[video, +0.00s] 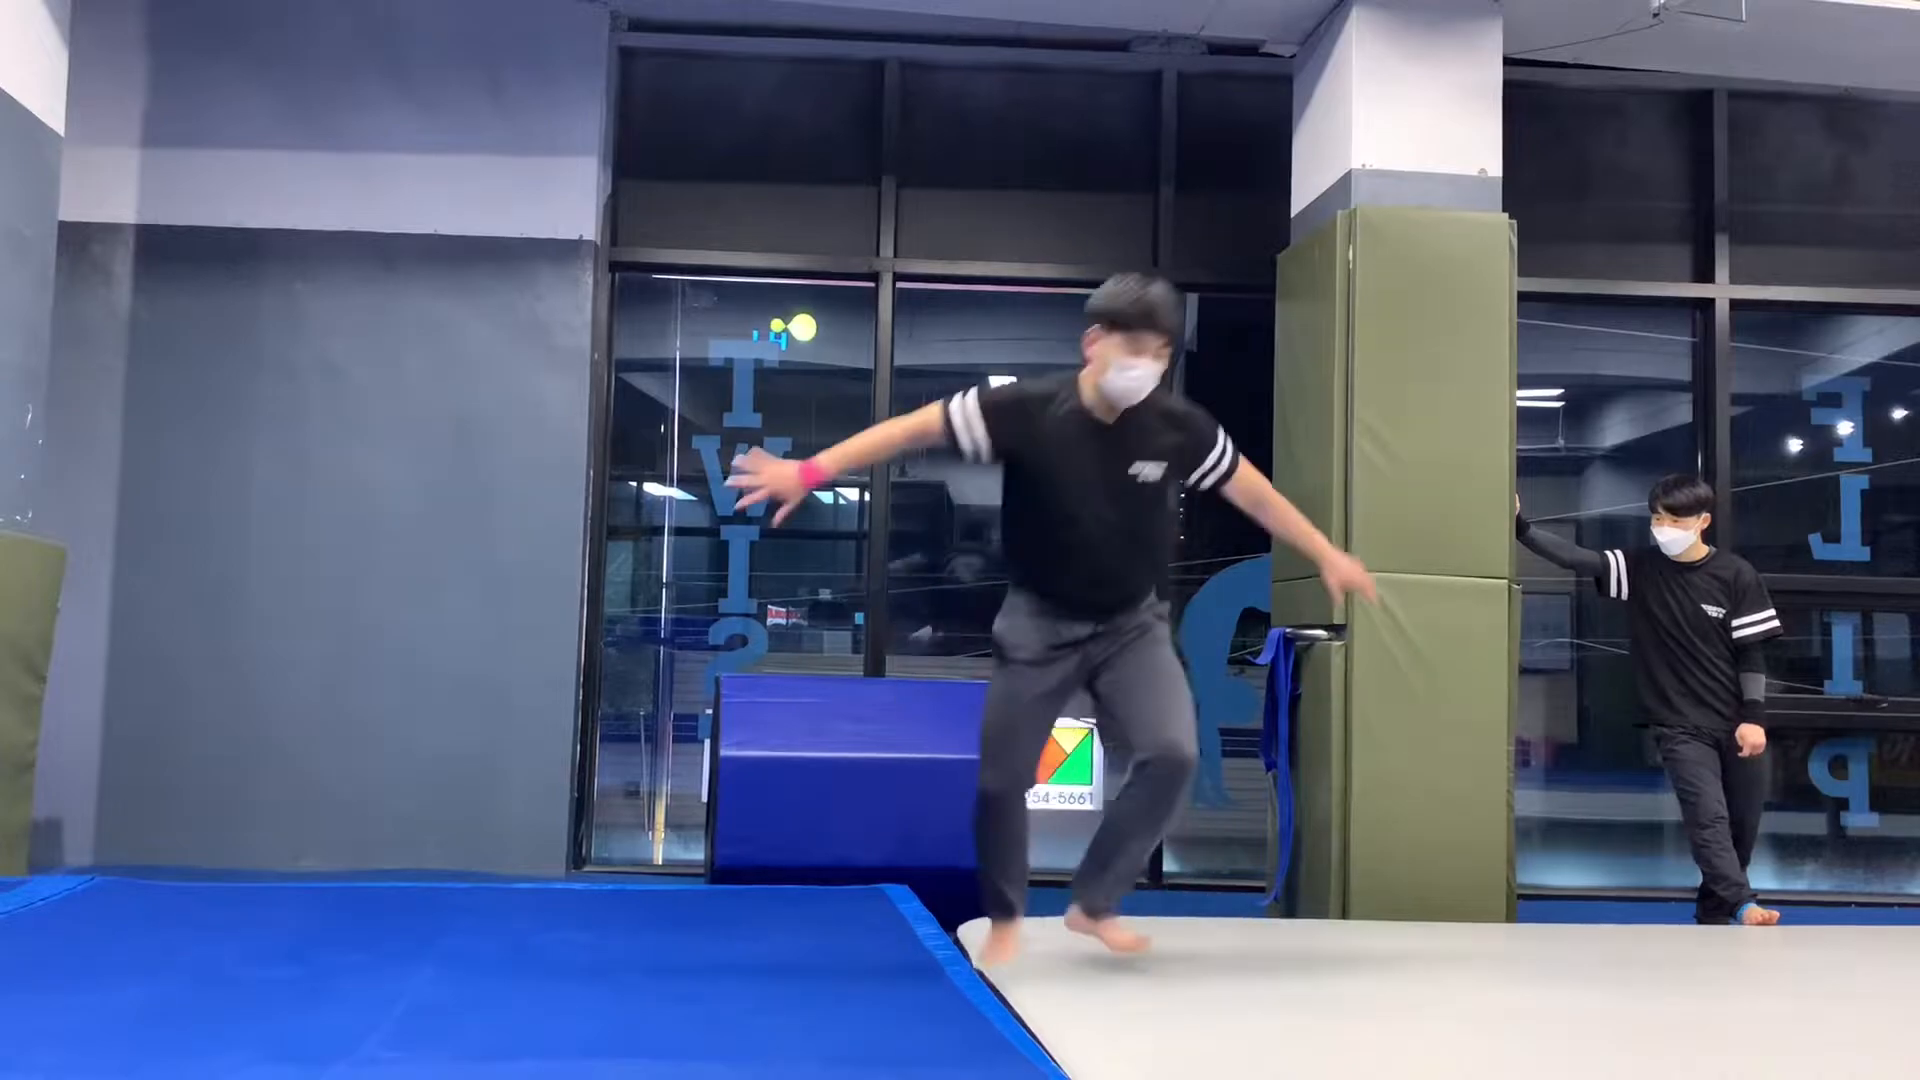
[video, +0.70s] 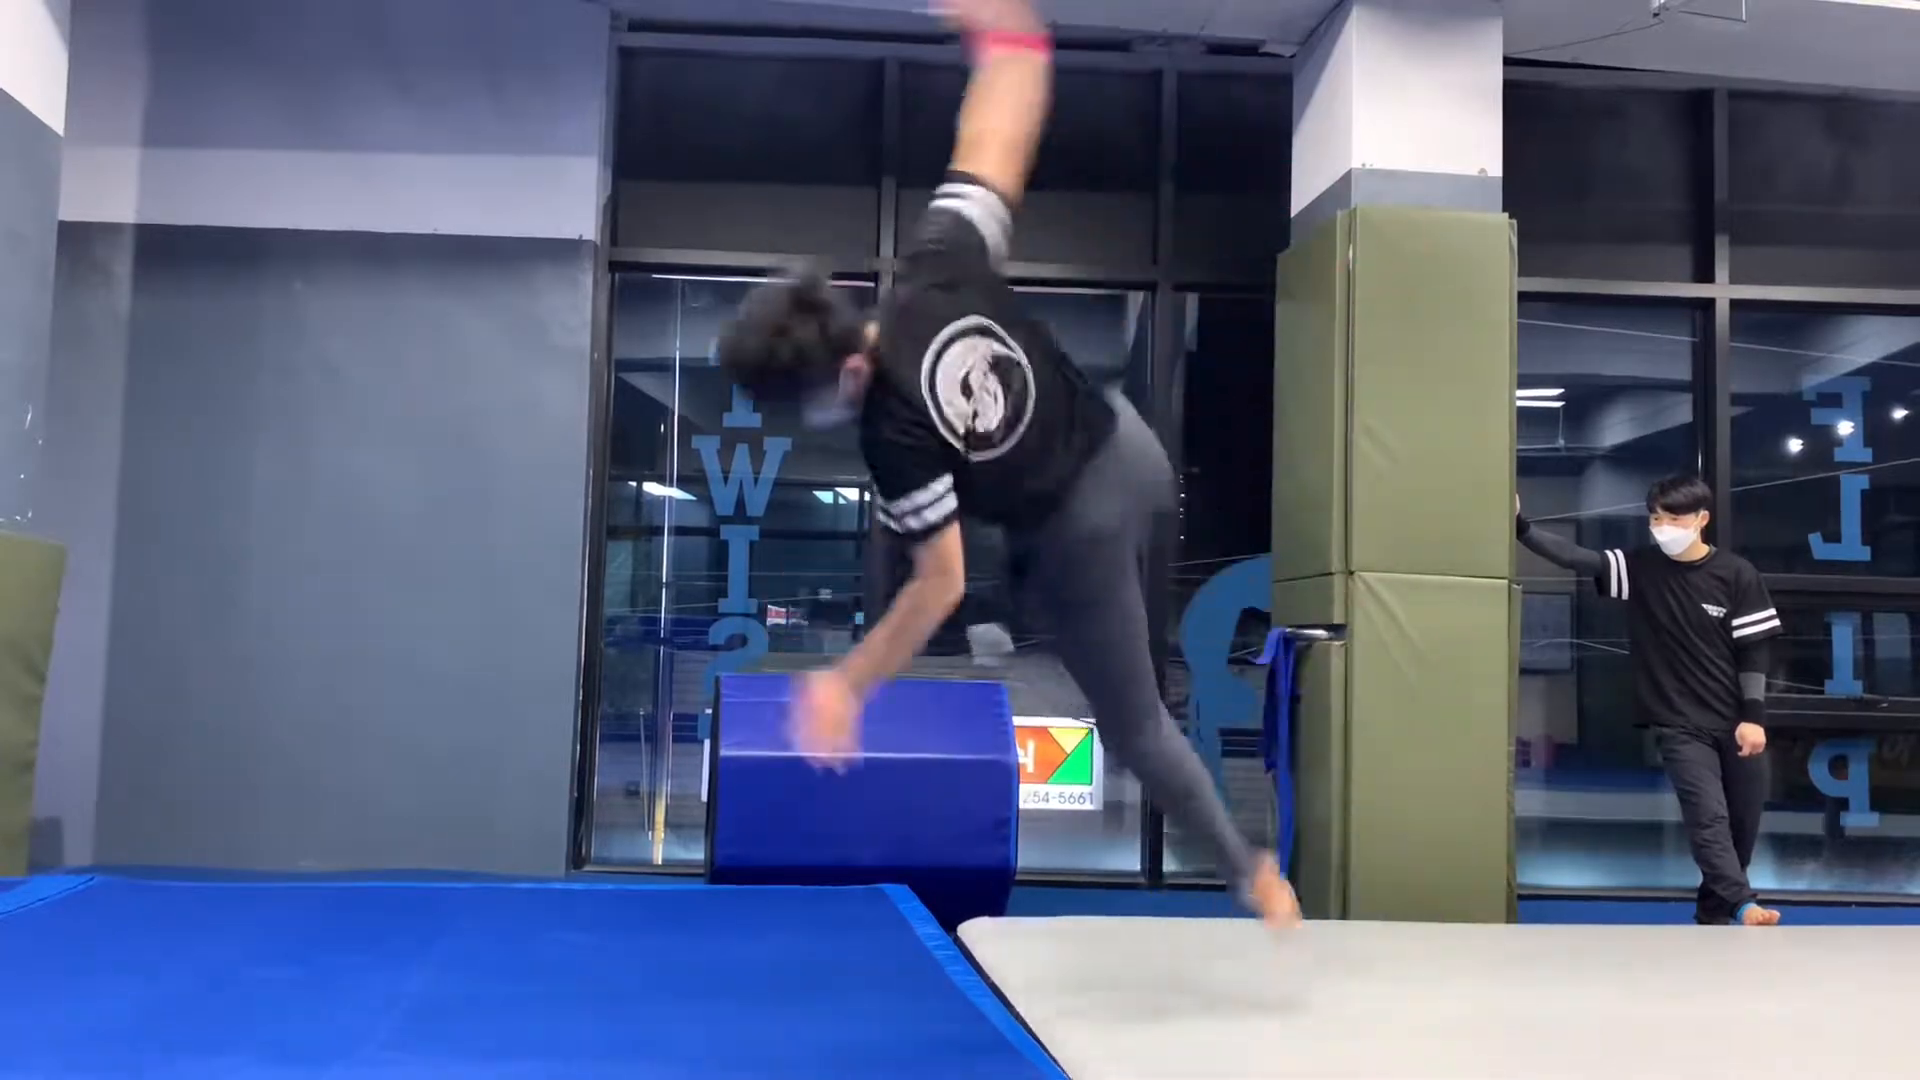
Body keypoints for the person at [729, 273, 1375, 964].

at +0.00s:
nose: (1143, 372)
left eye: (1157, 359)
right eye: (1132, 353)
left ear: (1170, 360)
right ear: (1092, 343)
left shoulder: (1178, 426)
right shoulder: (1024, 411)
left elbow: (1253, 493)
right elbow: (909, 431)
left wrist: (1330, 554)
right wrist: (809, 473)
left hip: (1133, 629)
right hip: (1036, 631)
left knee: (1170, 755)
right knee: (999, 782)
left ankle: (1093, 906)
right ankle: (1004, 918)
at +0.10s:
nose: (1211, 362)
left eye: (1223, 350)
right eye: (1201, 342)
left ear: (1231, 351)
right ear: (1156, 325)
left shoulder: (1200, 402)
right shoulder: (1082, 366)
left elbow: (1215, 457)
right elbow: (973, 393)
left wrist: (1225, 495)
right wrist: (880, 442)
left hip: (1135, 612)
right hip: (1048, 593)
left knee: (1210, 740)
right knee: (968, 746)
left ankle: (1148, 916)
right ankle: (952, 810)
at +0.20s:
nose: (1256, 394)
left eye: (1267, 383)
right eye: (1247, 374)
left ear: (1271, 386)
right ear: (1201, 353)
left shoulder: (1206, 448)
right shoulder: (1126, 381)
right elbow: (1017, 415)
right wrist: (942, 475)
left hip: (1143, 644)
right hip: (1065, 606)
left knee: (1214, 798)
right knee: (930, 719)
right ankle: (866, 742)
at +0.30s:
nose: (1289, 415)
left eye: (1294, 403)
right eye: (1281, 397)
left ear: (1245, 395)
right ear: (1234, 385)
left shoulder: (1201, 474)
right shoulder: (1145, 421)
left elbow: (1076, 528)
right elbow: (1033, 501)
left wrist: (1000, 586)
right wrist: (945, 580)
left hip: (1155, 678)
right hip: (1083, 641)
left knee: (1251, 817)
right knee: (974, 735)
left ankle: (1241, 1019)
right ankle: (782, 750)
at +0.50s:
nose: (1098, 322)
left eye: (1086, 313)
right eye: (1092, 312)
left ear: (1019, 339)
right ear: (1085, 323)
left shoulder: (995, 431)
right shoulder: (1118, 397)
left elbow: (928, 536)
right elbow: (1229, 439)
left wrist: (943, 601)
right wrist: (1355, 460)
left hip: (1048, 653)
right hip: (1124, 629)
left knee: (1188, 829)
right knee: (1303, 772)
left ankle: (1241, 1026)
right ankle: (1380, 979)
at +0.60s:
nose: (867, 336)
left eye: (862, 323)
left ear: (874, 323)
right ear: (937, 276)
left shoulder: (903, 402)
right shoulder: (1046, 318)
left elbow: (904, 543)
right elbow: (1176, 267)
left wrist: (844, 568)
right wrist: (1294, 212)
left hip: (1053, 607)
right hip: (1133, 554)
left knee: (1148, 783)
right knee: (1283, 616)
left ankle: (1228, 990)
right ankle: (1386, 702)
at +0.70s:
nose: (799, 415)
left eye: (796, 402)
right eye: (785, 403)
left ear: (832, 380)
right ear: (844, 311)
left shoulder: (896, 437)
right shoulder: (937, 258)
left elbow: (939, 582)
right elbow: (994, 140)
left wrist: (848, 684)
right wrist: (1012, 38)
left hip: (1082, 517)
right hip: (1130, 444)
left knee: (1137, 723)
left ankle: (1251, 869)